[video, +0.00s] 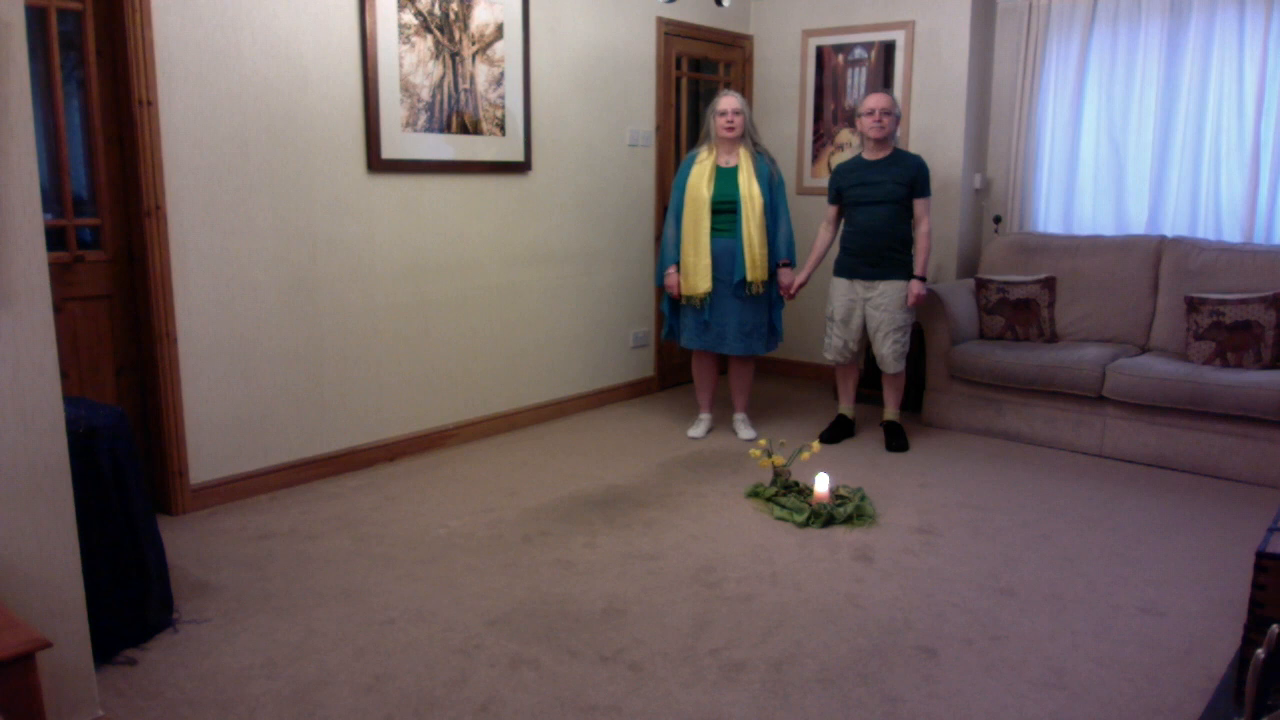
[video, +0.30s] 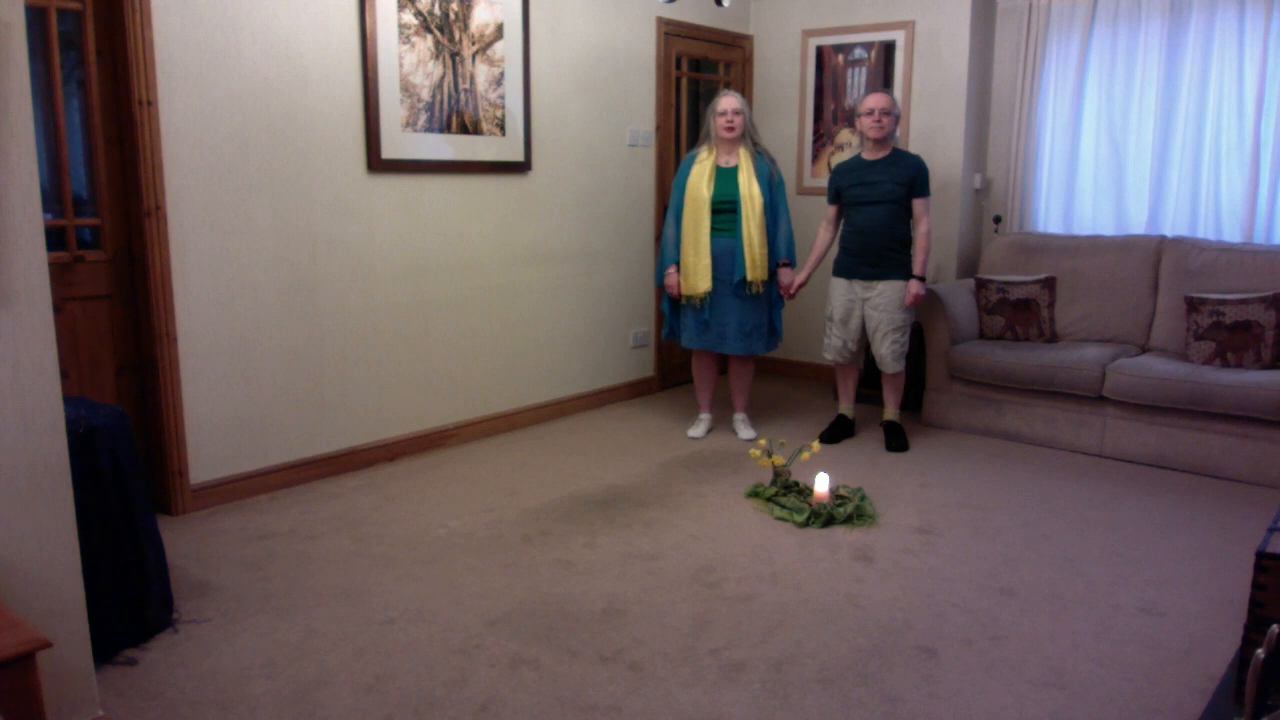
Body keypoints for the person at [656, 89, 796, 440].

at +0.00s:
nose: (729, 119)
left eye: (736, 113)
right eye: (722, 114)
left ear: (746, 119)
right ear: (712, 120)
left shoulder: (762, 164)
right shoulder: (693, 162)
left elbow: (779, 216)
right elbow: (674, 217)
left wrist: (784, 264)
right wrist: (671, 266)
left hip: (749, 268)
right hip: (700, 268)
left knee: (743, 344)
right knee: (702, 342)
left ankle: (741, 414)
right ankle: (704, 413)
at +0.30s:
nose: (729, 119)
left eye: (736, 113)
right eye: (722, 114)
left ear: (746, 119)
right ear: (711, 120)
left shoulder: (762, 164)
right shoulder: (693, 162)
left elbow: (779, 216)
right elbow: (674, 217)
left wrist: (784, 264)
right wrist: (671, 266)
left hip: (749, 268)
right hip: (700, 268)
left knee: (743, 344)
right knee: (702, 342)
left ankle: (741, 414)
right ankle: (704, 413)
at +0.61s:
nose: (729, 118)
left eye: (736, 112)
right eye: (722, 113)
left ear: (746, 118)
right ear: (712, 119)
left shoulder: (762, 163)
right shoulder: (693, 162)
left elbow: (779, 215)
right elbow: (674, 217)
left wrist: (784, 264)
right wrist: (671, 266)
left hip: (749, 267)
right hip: (700, 267)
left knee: (743, 344)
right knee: (702, 342)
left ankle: (741, 414)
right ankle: (704, 413)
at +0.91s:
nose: (729, 118)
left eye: (735, 112)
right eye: (722, 113)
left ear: (746, 118)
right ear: (711, 119)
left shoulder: (762, 163)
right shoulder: (693, 162)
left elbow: (779, 215)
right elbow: (674, 217)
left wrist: (784, 263)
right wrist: (670, 266)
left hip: (749, 267)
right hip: (700, 267)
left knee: (743, 343)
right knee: (702, 342)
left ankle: (741, 414)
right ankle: (704, 413)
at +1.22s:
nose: (728, 118)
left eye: (735, 113)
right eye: (721, 113)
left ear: (745, 119)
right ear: (710, 119)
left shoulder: (762, 163)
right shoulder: (693, 162)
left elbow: (779, 215)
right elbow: (673, 217)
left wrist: (784, 263)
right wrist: (670, 266)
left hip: (748, 267)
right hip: (700, 268)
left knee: (742, 344)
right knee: (702, 342)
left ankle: (741, 414)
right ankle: (704, 413)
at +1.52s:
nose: (728, 118)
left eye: (735, 113)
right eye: (720, 113)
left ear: (745, 119)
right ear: (710, 120)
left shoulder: (762, 163)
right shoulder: (692, 162)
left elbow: (779, 215)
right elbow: (673, 217)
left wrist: (783, 263)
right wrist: (670, 266)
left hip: (748, 268)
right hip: (700, 268)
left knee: (742, 344)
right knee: (702, 342)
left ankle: (741, 414)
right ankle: (704, 413)